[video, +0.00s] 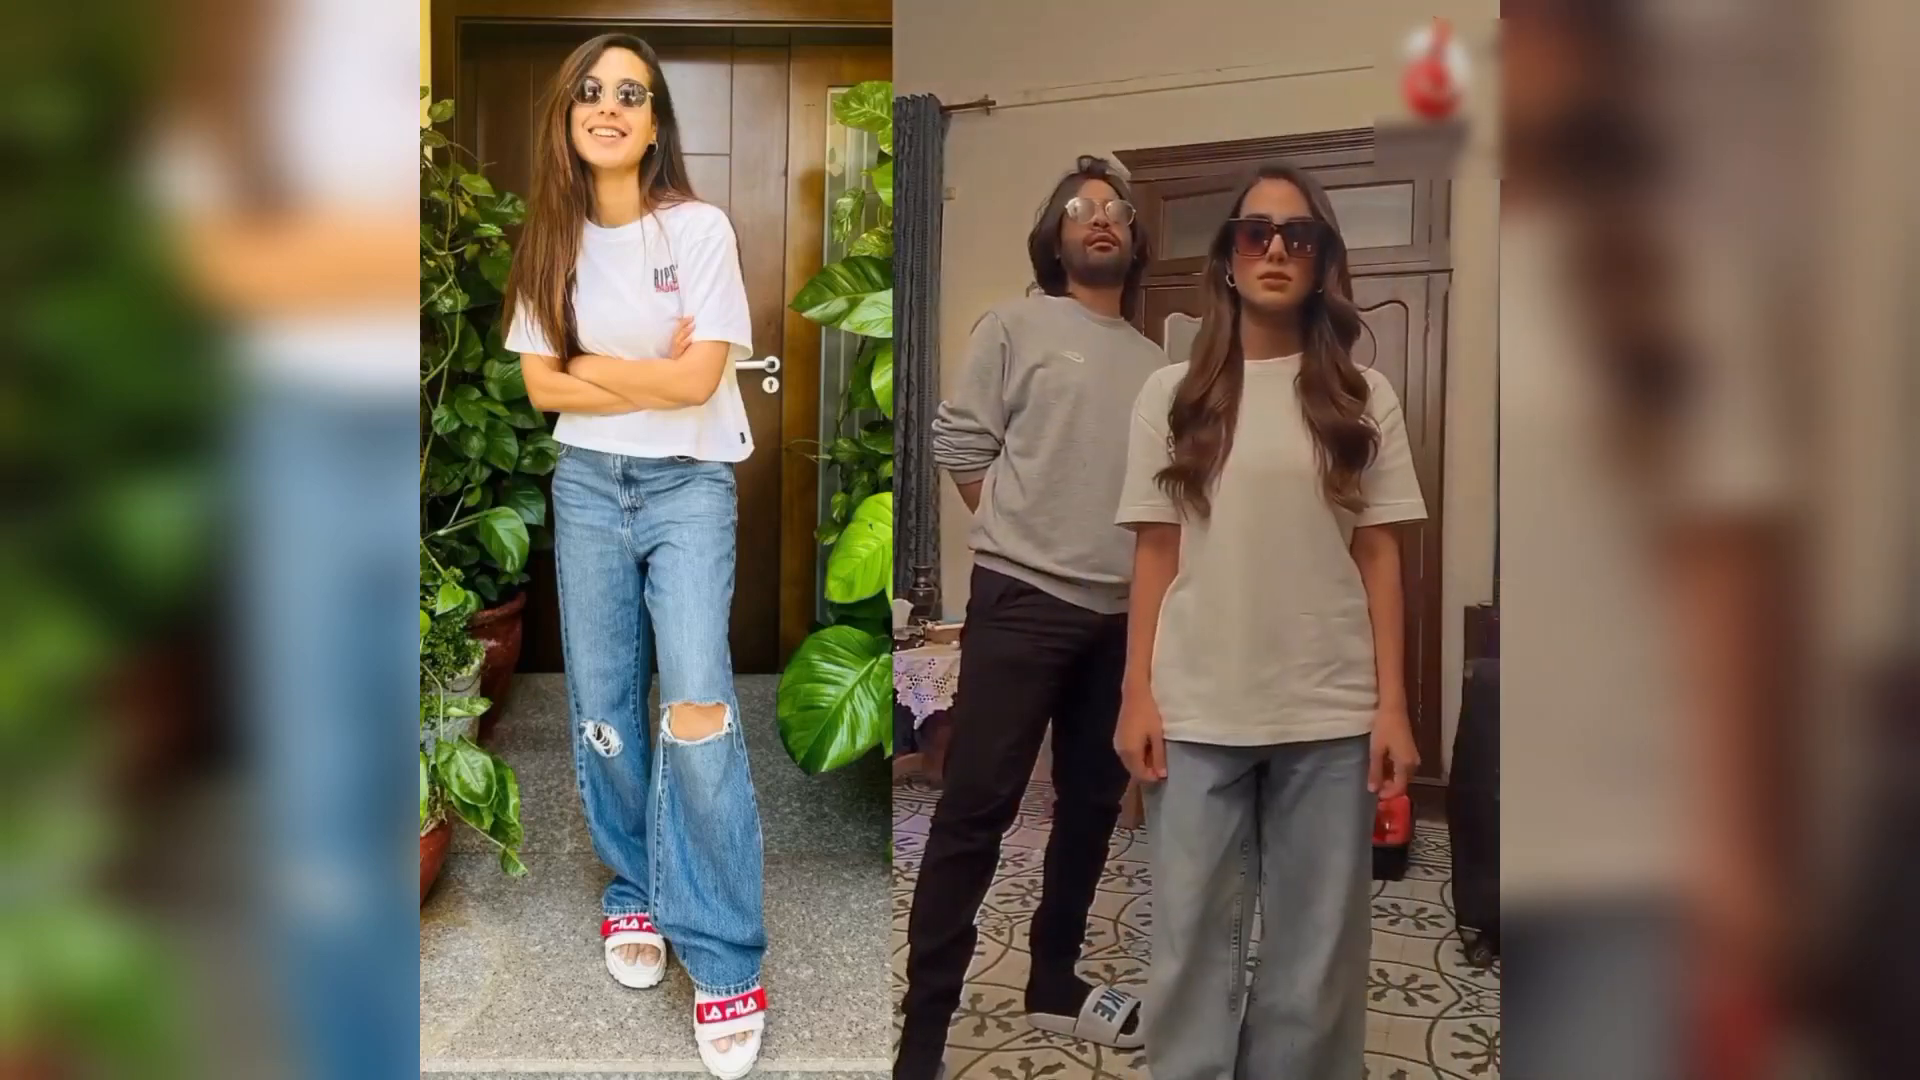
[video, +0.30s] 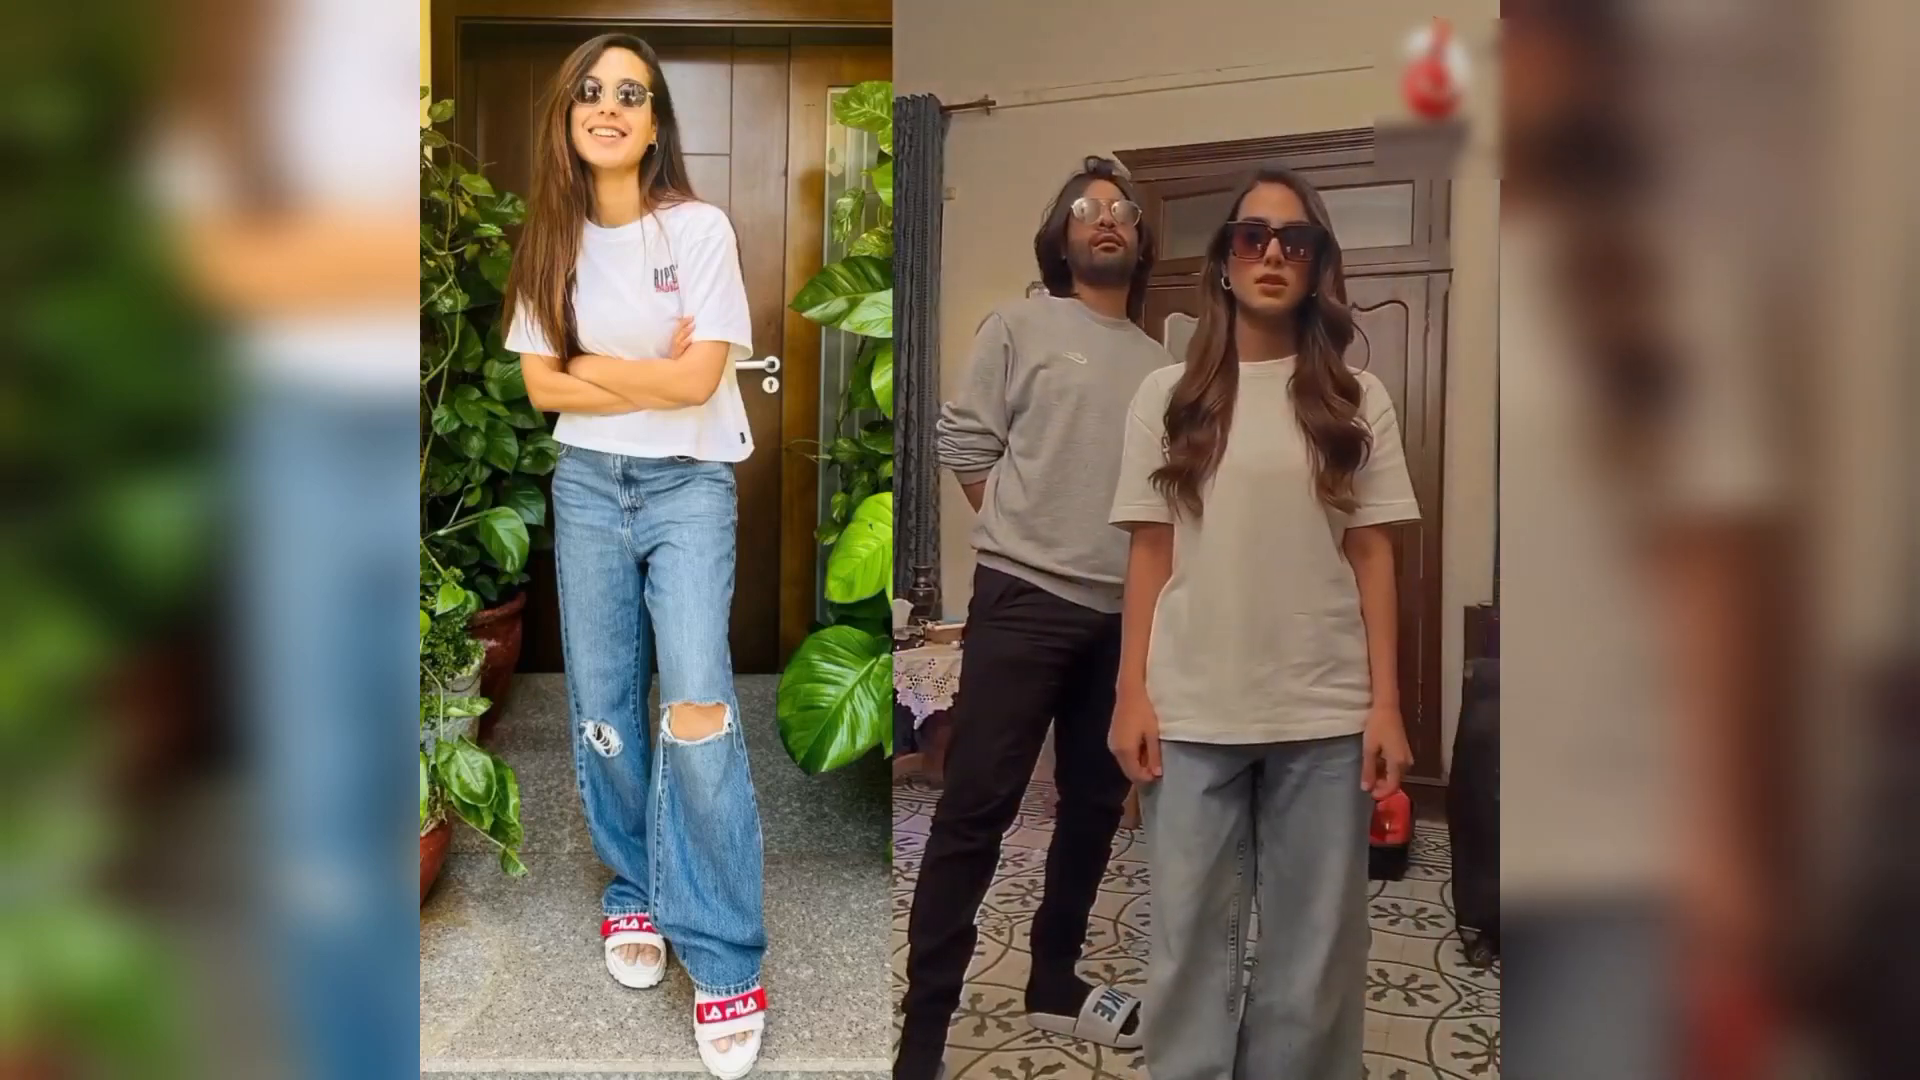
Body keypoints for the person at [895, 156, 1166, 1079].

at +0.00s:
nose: (1100, 218)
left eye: (1114, 207)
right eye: (1082, 208)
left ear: (1135, 235)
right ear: (1053, 236)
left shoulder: (1160, 360)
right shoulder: (1013, 326)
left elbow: (1171, 491)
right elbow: (964, 457)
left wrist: (1126, 565)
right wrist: (1014, 552)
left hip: (1124, 610)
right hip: (1019, 601)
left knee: (1091, 807)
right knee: (974, 812)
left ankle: (1055, 985)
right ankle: (923, 1036)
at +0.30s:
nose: (1106, 217)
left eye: (1121, 206)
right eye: (1088, 207)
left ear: (1142, 235)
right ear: (1059, 236)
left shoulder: (1165, 357)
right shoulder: (1018, 324)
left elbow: (1176, 488)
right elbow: (969, 454)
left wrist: (1122, 556)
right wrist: (1020, 550)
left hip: (1126, 607)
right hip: (1021, 598)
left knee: (1095, 803)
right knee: (975, 809)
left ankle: (1056, 984)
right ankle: (925, 1030)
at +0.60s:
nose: (1119, 218)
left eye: (1131, 209)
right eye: (1099, 207)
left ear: (1148, 240)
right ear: (1064, 236)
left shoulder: (1166, 358)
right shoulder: (1021, 324)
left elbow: (1179, 486)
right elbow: (968, 448)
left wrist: (1133, 556)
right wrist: (1020, 541)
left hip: (1127, 606)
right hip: (1023, 595)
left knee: (1094, 802)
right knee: (975, 808)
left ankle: (1055, 984)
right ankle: (922, 1036)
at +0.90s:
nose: (1116, 226)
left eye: (1125, 216)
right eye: (1095, 215)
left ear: (1136, 247)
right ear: (1054, 241)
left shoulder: (1144, 368)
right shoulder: (1014, 333)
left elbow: (1158, 498)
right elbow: (959, 467)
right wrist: (1011, 559)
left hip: (1123, 610)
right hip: (1027, 602)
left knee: (1108, 810)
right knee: (997, 816)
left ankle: (1055, 979)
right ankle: (926, 1034)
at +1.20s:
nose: (1112, 221)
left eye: (1122, 209)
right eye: (1089, 205)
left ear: (1130, 233)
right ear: (1044, 226)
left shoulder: (1139, 363)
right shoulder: (1000, 335)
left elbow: (1140, 494)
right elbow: (935, 461)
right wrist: (984, 542)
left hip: (1111, 621)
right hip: (1016, 608)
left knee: (1106, 818)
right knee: (994, 833)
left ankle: (1054, 982)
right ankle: (916, 1052)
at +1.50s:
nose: (1100, 186)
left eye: (1096, 170)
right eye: (1073, 168)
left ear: (1088, 192)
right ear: (1009, 192)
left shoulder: (1106, 329)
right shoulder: (955, 333)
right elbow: (908, 516)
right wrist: (951, 591)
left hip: (1107, 620)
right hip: (1002, 622)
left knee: (1092, 816)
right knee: (1011, 866)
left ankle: (1055, 986)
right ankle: (914, 1064)